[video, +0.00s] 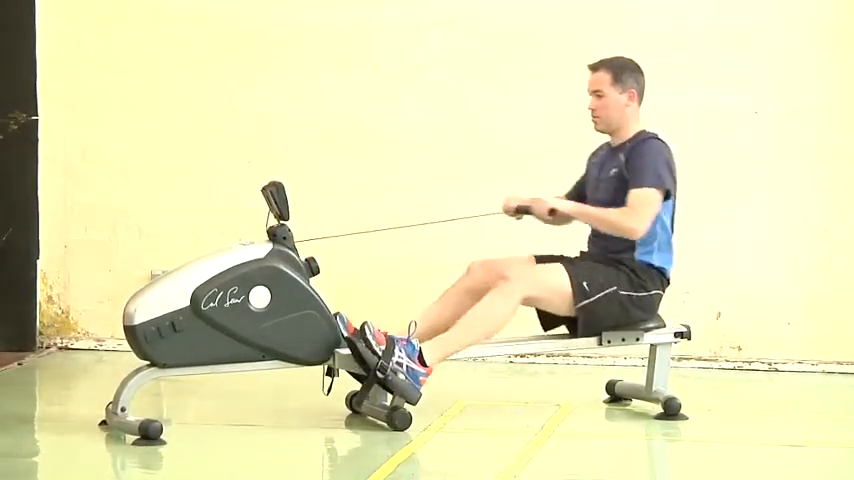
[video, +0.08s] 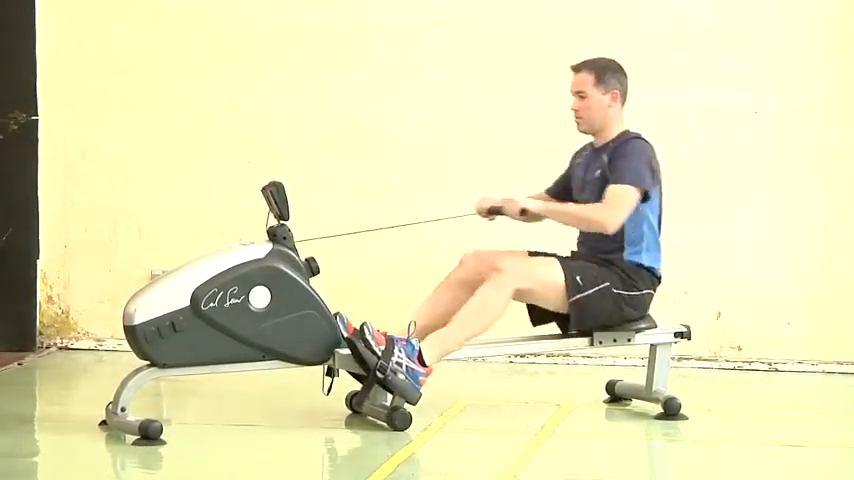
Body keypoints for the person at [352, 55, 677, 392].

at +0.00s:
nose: (590, 106)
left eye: (598, 96)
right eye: (589, 96)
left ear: (631, 99)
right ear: (620, 100)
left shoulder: (650, 151)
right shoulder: (603, 157)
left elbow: (635, 223)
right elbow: (567, 214)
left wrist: (570, 208)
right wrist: (532, 206)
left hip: (634, 281)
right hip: (599, 271)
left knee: (516, 283)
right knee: (481, 272)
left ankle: (423, 364)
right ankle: (403, 346)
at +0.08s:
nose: (573, 107)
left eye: (581, 97)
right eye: (573, 98)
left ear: (613, 98)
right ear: (606, 100)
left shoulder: (634, 150)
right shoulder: (585, 157)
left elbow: (608, 218)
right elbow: (548, 203)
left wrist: (535, 208)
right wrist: (508, 205)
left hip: (624, 281)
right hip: (589, 272)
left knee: (506, 273)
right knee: (474, 264)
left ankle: (423, 362)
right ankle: (402, 345)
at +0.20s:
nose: (546, 109)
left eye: (553, 100)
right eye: (545, 100)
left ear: (585, 101)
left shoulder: (608, 152)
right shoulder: (558, 159)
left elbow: (567, 211)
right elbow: (512, 198)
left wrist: (490, 210)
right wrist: (462, 207)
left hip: (608, 281)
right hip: (572, 274)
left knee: (495, 259)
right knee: (460, 253)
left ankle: (422, 361)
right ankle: (397, 344)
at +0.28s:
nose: (525, 110)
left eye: (534, 100)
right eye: (525, 101)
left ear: (567, 102)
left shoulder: (589, 154)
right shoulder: (539, 160)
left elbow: (538, 209)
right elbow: (484, 196)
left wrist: (461, 215)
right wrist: (437, 209)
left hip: (594, 282)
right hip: (559, 277)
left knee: (487, 253)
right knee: (453, 246)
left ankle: (423, 359)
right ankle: (395, 342)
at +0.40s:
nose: (497, 114)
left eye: (505, 105)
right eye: (497, 105)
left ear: (537, 107)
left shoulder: (561, 157)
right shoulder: (510, 162)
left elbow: (497, 208)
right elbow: (455, 196)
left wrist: (420, 224)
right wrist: (399, 215)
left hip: (576, 285)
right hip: (537, 284)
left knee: (476, 244)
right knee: (436, 241)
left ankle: (420, 360)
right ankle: (391, 344)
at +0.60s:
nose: (453, 120)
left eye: (462, 111)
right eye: (453, 111)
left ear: (494, 113)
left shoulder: (518, 162)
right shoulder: (467, 165)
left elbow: (446, 207)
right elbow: (410, 198)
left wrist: (369, 231)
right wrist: (349, 221)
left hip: (545, 290)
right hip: (503, 293)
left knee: (451, 233)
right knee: (411, 232)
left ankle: (419, 358)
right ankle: (390, 341)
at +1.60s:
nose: (494, 106)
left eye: (504, 97)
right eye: (495, 97)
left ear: (535, 103)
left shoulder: (548, 156)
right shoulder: (495, 156)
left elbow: (464, 189)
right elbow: (432, 185)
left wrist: (396, 216)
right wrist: (366, 207)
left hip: (559, 282)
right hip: (520, 279)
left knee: (454, 235)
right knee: (422, 231)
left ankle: (417, 359)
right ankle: (387, 341)